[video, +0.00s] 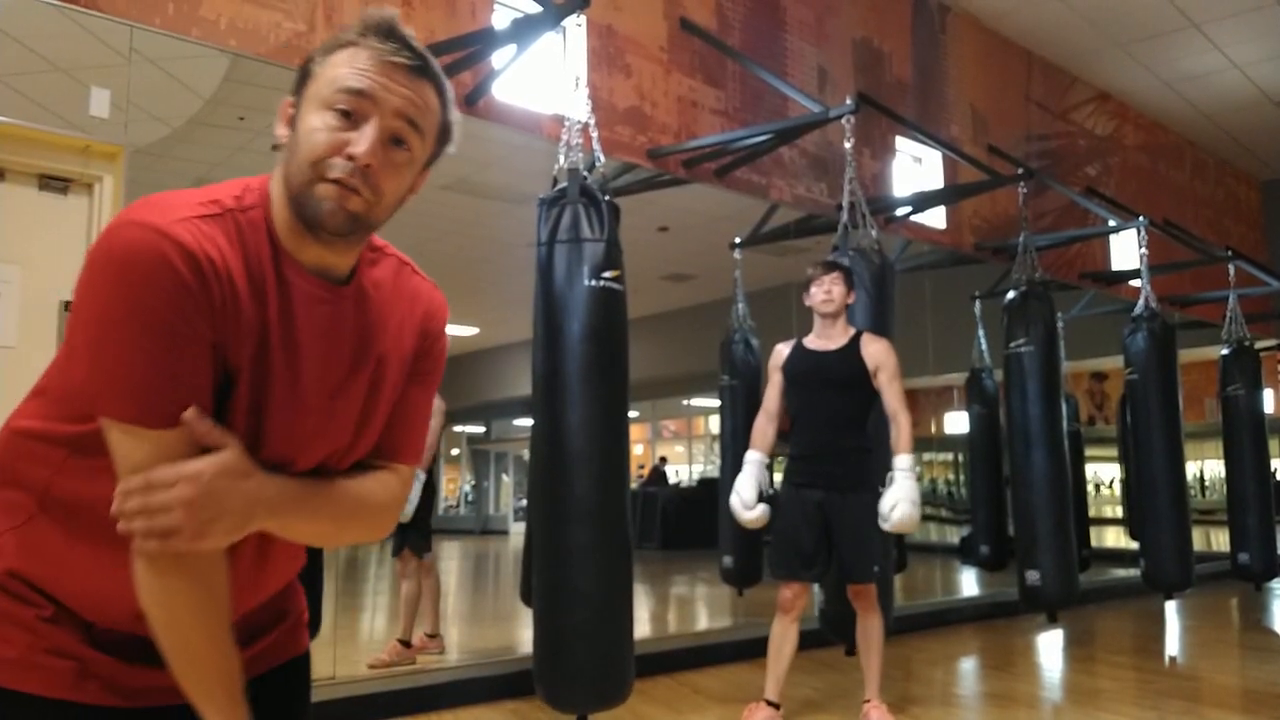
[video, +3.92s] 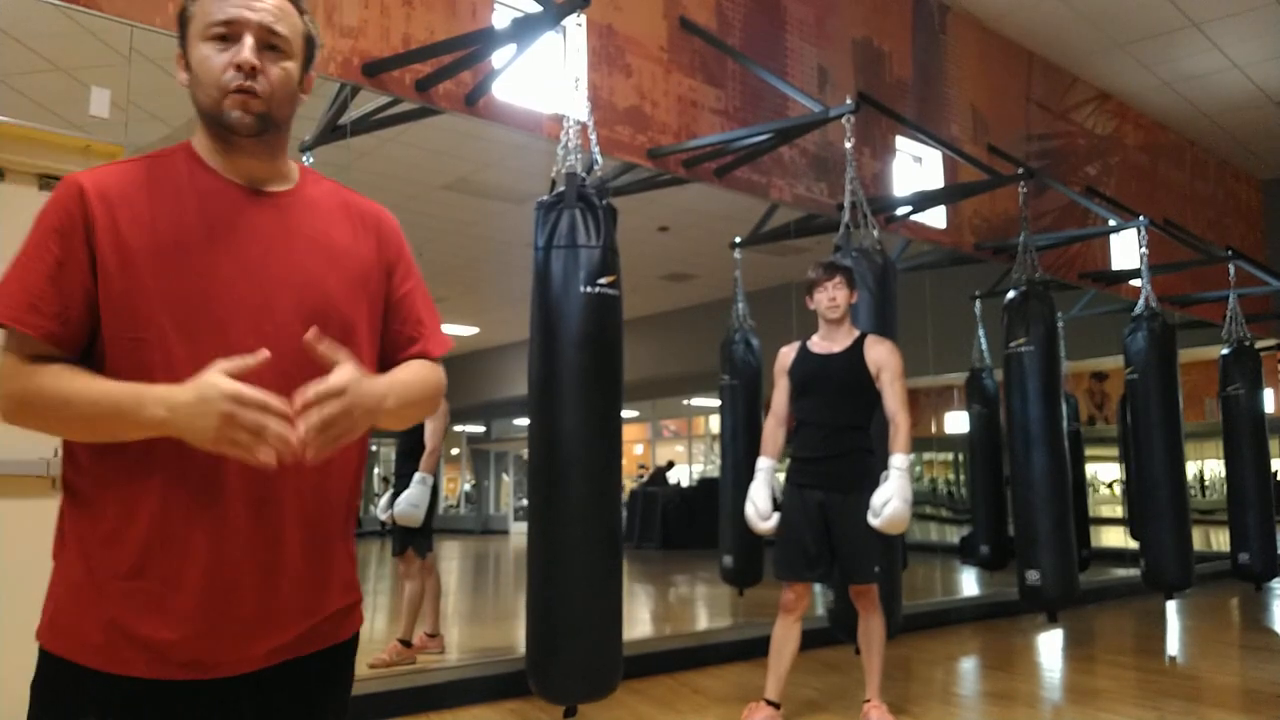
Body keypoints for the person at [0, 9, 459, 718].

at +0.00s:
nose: (363, 152)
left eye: (399, 141)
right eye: (345, 113)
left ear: (417, 183)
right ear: (287, 119)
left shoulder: (415, 312)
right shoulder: (159, 251)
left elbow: (384, 503)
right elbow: (170, 536)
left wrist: (260, 498)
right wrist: (228, 708)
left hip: (256, 635)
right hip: (63, 637)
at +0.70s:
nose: (447, 171)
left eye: (478, 166)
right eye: (435, 133)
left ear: (482, 201)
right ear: (370, 125)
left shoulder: (450, 330)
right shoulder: (225, 239)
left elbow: (413, 494)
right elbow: (199, 495)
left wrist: (327, 581)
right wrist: (297, 687)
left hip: (244, 663)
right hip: (68, 640)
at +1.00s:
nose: (398, 180)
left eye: (429, 168)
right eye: (381, 139)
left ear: (438, 197)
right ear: (313, 127)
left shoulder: (403, 327)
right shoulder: (157, 247)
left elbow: (366, 512)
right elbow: (99, 515)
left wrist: (285, 650)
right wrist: (215, 694)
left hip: (219, 679)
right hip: (46, 668)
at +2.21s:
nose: (384, 116)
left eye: (415, 105)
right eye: (367, 80)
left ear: (426, 139)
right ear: (308, 81)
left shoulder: (411, 283)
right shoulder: (171, 201)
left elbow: (397, 447)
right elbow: (100, 428)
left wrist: (321, 568)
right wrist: (253, 595)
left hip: (274, 660)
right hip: (84, 653)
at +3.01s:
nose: (296, 80)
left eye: (325, 73)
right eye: (277, 45)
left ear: (332, 104)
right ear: (214, 43)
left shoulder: (328, 250)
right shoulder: (78, 173)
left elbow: (341, 407)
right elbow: (10, 375)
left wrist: (332, 492)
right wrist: (163, 527)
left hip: (239, 663)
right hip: (62, 664)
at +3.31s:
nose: (225, 47)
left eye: (250, 37)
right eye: (199, 17)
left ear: (259, 67)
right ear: (132, 24)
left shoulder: (280, 214)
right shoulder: (23, 160)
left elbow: (316, 362)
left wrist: (280, 411)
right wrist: (147, 413)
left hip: (239, 645)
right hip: (51, 655)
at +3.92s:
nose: (246, 58)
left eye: (273, 46)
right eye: (222, 36)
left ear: (305, 79)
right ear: (183, 63)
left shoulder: (370, 230)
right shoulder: (93, 206)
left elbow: (430, 378)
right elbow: (13, 380)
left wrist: (373, 400)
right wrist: (170, 409)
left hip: (301, 651)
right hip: (114, 652)